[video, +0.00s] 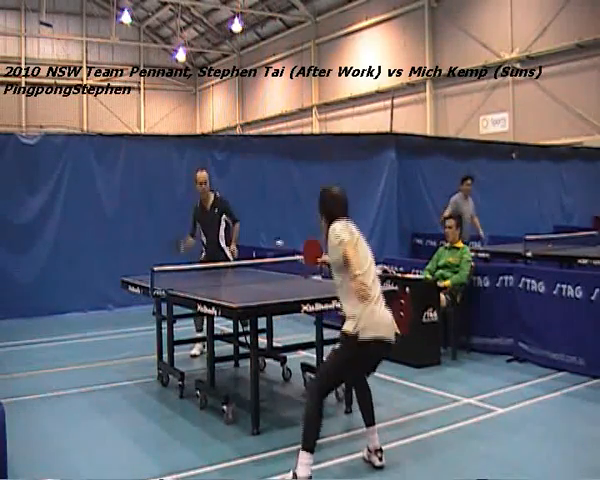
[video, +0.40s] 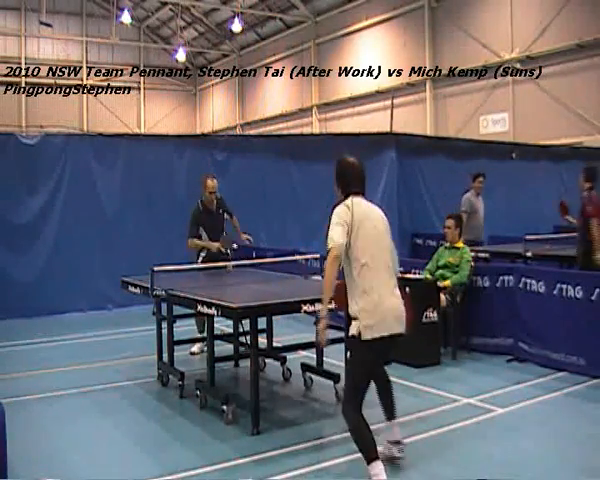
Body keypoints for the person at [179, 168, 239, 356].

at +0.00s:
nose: (202, 187)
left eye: (204, 183)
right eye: (199, 184)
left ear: (209, 184)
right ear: (195, 185)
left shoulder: (221, 203)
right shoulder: (198, 208)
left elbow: (235, 222)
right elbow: (194, 234)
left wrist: (233, 243)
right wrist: (186, 244)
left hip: (224, 257)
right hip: (207, 257)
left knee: (233, 295)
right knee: (199, 297)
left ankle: (249, 334)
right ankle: (199, 339)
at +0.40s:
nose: (213, 196)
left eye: (215, 192)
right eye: (210, 192)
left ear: (218, 191)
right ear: (203, 192)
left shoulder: (220, 202)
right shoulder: (197, 211)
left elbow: (231, 217)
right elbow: (191, 241)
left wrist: (240, 234)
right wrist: (213, 245)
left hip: (222, 253)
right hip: (205, 255)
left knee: (223, 290)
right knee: (201, 296)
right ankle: (200, 338)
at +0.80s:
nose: (225, 189)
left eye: (227, 186)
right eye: (222, 185)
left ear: (230, 187)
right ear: (215, 185)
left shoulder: (227, 203)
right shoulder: (207, 204)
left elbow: (223, 228)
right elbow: (195, 223)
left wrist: (227, 246)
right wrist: (191, 243)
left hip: (222, 258)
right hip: (204, 259)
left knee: (228, 295)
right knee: (194, 300)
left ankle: (233, 332)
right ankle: (185, 337)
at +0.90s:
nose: (217, 187)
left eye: (219, 184)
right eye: (214, 183)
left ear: (222, 185)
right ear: (207, 183)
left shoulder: (223, 203)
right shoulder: (201, 203)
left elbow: (226, 228)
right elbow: (187, 222)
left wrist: (227, 248)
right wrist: (186, 241)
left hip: (219, 257)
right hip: (200, 258)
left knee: (227, 294)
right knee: (188, 296)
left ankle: (232, 330)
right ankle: (175, 331)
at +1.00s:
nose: (210, 186)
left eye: (213, 183)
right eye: (207, 183)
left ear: (216, 185)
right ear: (201, 183)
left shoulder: (217, 203)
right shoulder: (195, 204)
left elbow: (220, 229)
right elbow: (179, 223)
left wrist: (222, 249)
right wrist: (182, 239)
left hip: (215, 257)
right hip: (196, 256)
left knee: (225, 291)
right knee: (184, 294)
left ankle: (230, 328)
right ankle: (174, 331)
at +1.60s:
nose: (190, 192)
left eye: (192, 188)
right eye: (187, 188)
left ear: (194, 189)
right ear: (180, 189)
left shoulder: (196, 206)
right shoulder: (175, 208)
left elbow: (199, 231)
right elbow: (175, 234)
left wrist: (203, 247)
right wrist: (191, 235)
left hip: (197, 260)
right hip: (179, 260)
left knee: (214, 300)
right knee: (169, 303)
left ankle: (226, 340)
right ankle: (159, 342)